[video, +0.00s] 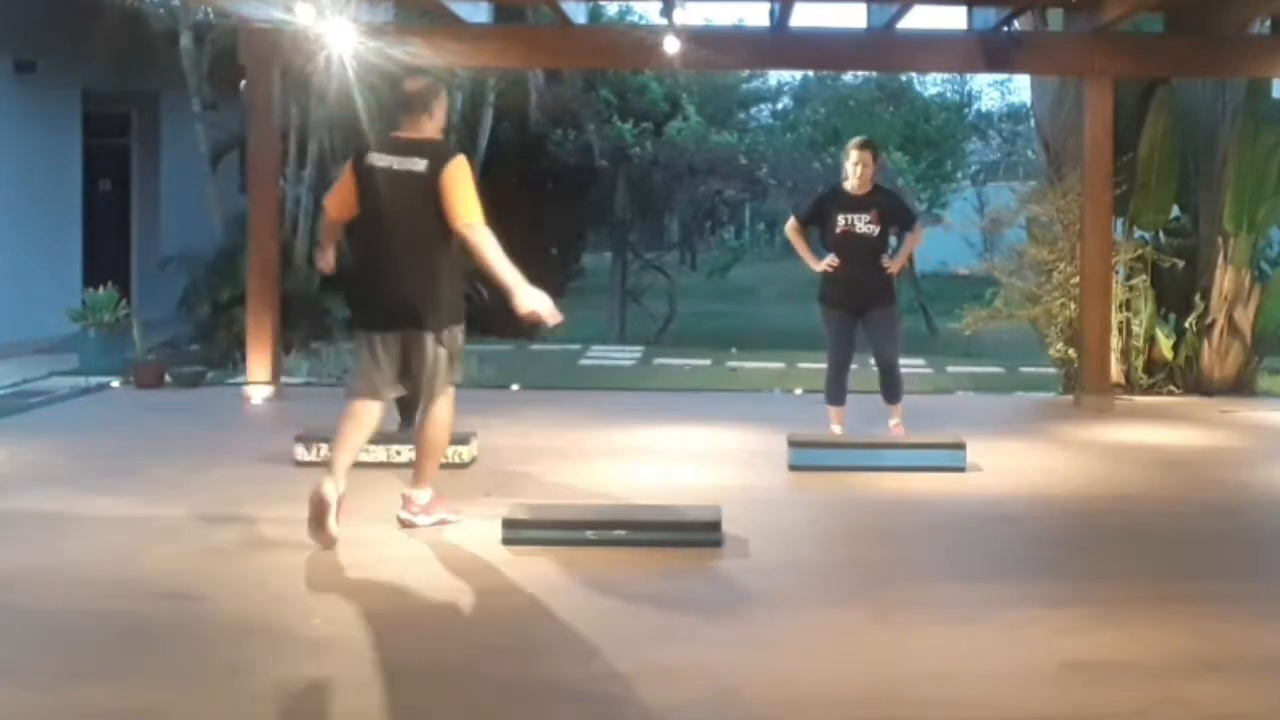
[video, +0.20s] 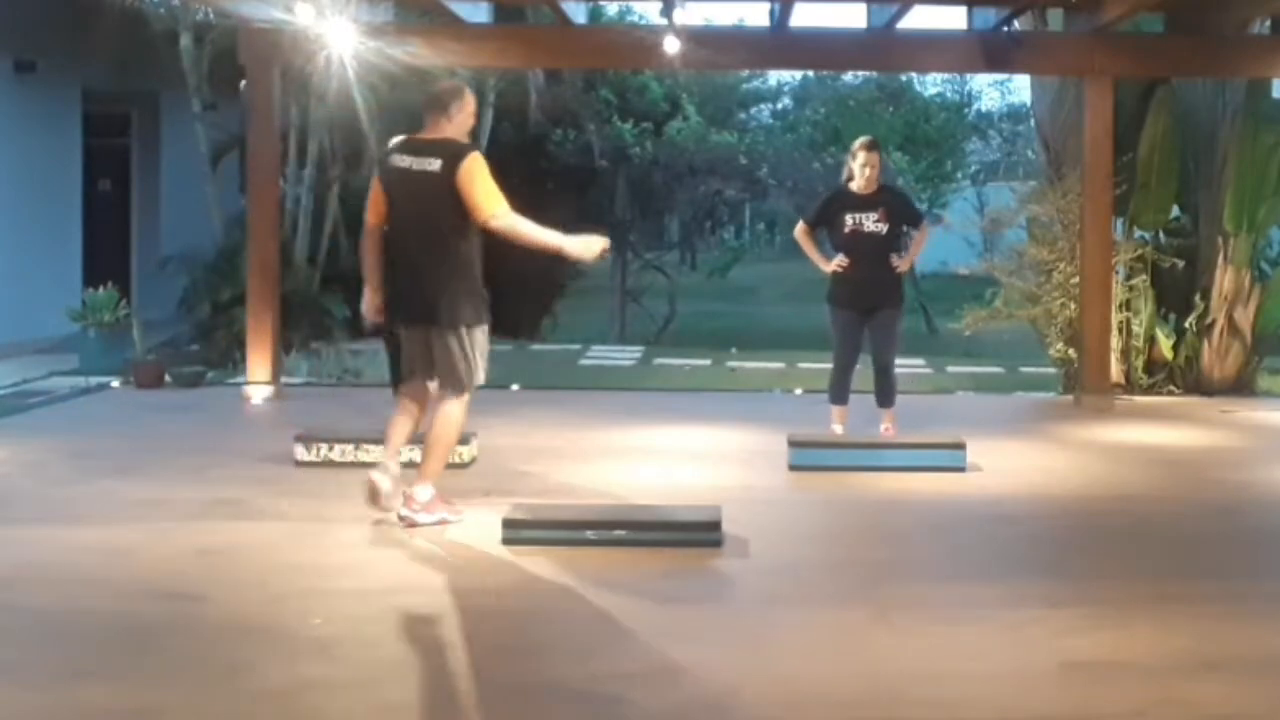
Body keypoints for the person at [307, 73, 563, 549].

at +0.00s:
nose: (447, 118)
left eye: (444, 110)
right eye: (446, 110)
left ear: (400, 111)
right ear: (437, 111)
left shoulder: (367, 161)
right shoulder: (449, 164)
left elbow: (334, 212)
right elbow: (472, 229)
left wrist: (327, 246)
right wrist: (520, 288)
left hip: (375, 304)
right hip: (433, 307)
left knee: (367, 395)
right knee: (439, 398)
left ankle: (333, 484)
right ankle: (421, 498)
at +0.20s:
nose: (472, 123)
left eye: (472, 115)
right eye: (471, 115)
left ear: (429, 112)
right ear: (457, 113)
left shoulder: (394, 155)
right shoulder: (465, 160)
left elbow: (372, 227)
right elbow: (497, 218)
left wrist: (372, 286)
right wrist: (568, 243)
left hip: (404, 296)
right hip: (454, 301)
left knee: (414, 386)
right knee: (455, 394)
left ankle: (387, 466)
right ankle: (423, 494)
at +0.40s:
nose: (495, 119)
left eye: (495, 111)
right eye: (492, 111)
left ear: (453, 111)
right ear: (471, 111)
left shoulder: (415, 152)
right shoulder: (480, 155)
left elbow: (396, 220)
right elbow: (503, 216)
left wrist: (420, 255)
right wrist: (569, 248)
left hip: (428, 290)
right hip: (467, 295)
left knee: (447, 386)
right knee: (458, 389)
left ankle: (458, 473)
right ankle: (422, 491)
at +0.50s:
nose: (506, 120)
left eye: (505, 112)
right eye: (502, 112)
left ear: (464, 113)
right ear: (483, 113)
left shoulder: (428, 154)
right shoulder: (487, 158)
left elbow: (411, 219)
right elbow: (502, 222)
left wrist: (449, 236)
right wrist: (553, 274)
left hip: (438, 290)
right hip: (479, 296)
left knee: (454, 385)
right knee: (474, 387)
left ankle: (464, 475)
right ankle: (426, 484)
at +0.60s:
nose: (514, 119)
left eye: (513, 111)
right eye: (510, 110)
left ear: (475, 112)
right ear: (487, 112)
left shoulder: (443, 153)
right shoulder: (494, 156)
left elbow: (426, 210)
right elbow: (498, 221)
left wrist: (464, 228)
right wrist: (527, 284)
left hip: (450, 287)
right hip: (491, 290)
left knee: (458, 379)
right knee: (512, 377)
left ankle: (465, 471)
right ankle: (451, 459)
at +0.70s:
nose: (527, 117)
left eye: (526, 109)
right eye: (521, 109)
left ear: (489, 111)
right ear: (497, 111)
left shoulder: (458, 151)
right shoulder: (498, 155)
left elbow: (444, 206)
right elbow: (492, 218)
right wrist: (515, 284)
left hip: (460, 285)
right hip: (499, 285)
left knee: (464, 375)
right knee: (537, 365)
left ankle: (465, 480)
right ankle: (484, 449)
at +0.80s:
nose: (540, 117)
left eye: (538, 109)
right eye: (534, 109)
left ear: (502, 113)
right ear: (508, 113)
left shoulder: (471, 154)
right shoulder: (505, 155)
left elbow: (470, 219)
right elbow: (493, 215)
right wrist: (521, 277)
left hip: (475, 285)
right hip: (509, 283)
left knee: (474, 372)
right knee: (549, 363)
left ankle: (469, 474)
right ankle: (521, 464)